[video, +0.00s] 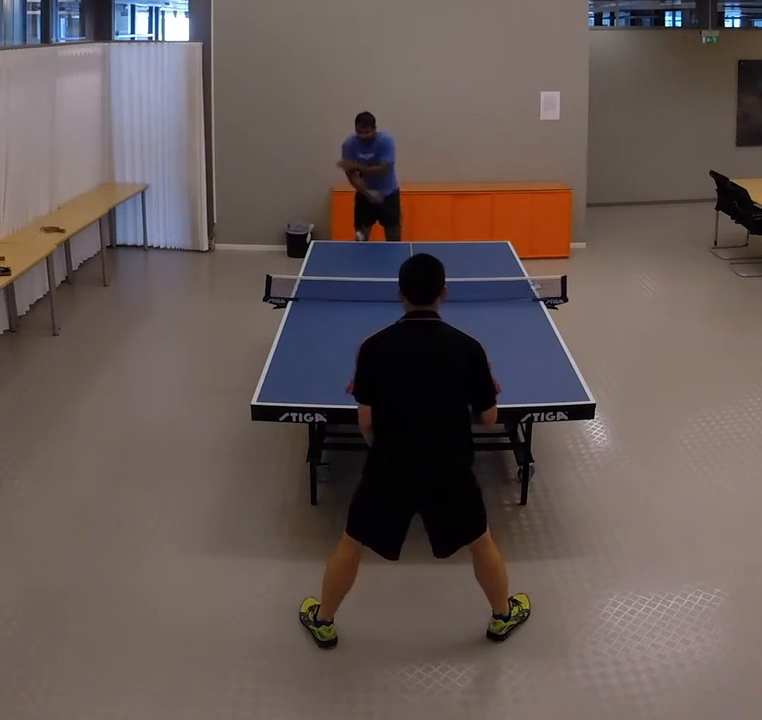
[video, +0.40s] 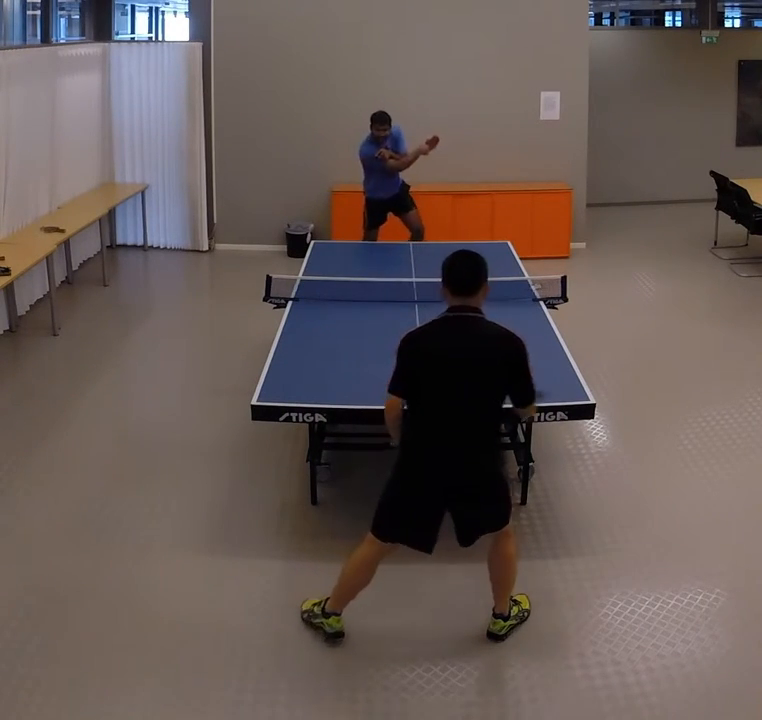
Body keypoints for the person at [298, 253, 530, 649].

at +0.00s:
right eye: (439, 285)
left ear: (400, 292)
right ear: (443, 291)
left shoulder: (375, 348)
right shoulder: (466, 348)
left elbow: (366, 421)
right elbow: (489, 416)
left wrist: (383, 450)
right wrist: (486, 389)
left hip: (390, 468)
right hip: (448, 468)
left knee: (352, 542)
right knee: (480, 541)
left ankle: (323, 621)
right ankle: (502, 616)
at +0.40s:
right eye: (484, 282)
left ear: (442, 288)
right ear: (485, 288)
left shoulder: (416, 341)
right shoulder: (507, 343)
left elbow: (392, 409)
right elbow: (527, 409)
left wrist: (404, 446)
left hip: (421, 462)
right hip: (478, 464)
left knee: (376, 543)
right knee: (501, 532)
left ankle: (331, 612)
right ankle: (503, 613)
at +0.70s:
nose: (498, 277)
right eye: (497, 272)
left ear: (454, 278)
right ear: (497, 277)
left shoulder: (428, 330)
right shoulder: (521, 330)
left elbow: (412, 400)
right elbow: (535, 396)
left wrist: (419, 441)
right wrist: (509, 424)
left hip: (443, 453)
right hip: (501, 454)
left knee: (406, 533)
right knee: (505, 534)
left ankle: (375, 617)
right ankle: (504, 614)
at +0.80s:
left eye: (453, 273)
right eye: (494, 272)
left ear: (452, 279)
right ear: (496, 278)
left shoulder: (430, 333)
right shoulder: (514, 331)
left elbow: (417, 403)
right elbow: (503, 386)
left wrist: (416, 442)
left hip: (440, 450)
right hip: (494, 452)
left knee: (396, 533)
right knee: (501, 538)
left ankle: (364, 616)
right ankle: (504, 613)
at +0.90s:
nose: (439, 279)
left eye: (440, 274)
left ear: (442, 280)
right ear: (486, 281)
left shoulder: (423, 338)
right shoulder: (501, 334)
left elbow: (412, 411)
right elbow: (472, 375)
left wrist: (402, 439)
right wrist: (415, 344)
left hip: (431, 454)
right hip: (482, 454)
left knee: (382, 540)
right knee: (496, 537)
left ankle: (342, 620)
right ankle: (504, 613)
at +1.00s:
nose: (425, 290)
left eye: (424, 284)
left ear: (424, 290)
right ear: (466, 290)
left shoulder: (403, 349)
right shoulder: (485, 344)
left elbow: (392, 423)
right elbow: (454, 381)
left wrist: (388, 455)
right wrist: (393, 364)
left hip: (413, 465)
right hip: (465, 463)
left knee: (361, 549)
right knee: (488, 535)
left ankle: (317, 627)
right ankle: (503, 612)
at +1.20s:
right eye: (416, 296)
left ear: (379, 300)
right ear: (422, 302)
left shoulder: (350, 358)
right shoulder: (444, 360)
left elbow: (335, 431)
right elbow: (464, 427)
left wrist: (347, 467)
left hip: (363, 483)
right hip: (422, 482)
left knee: (327, 557)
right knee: (462, 547)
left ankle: (310, 642)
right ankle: (491, 616)